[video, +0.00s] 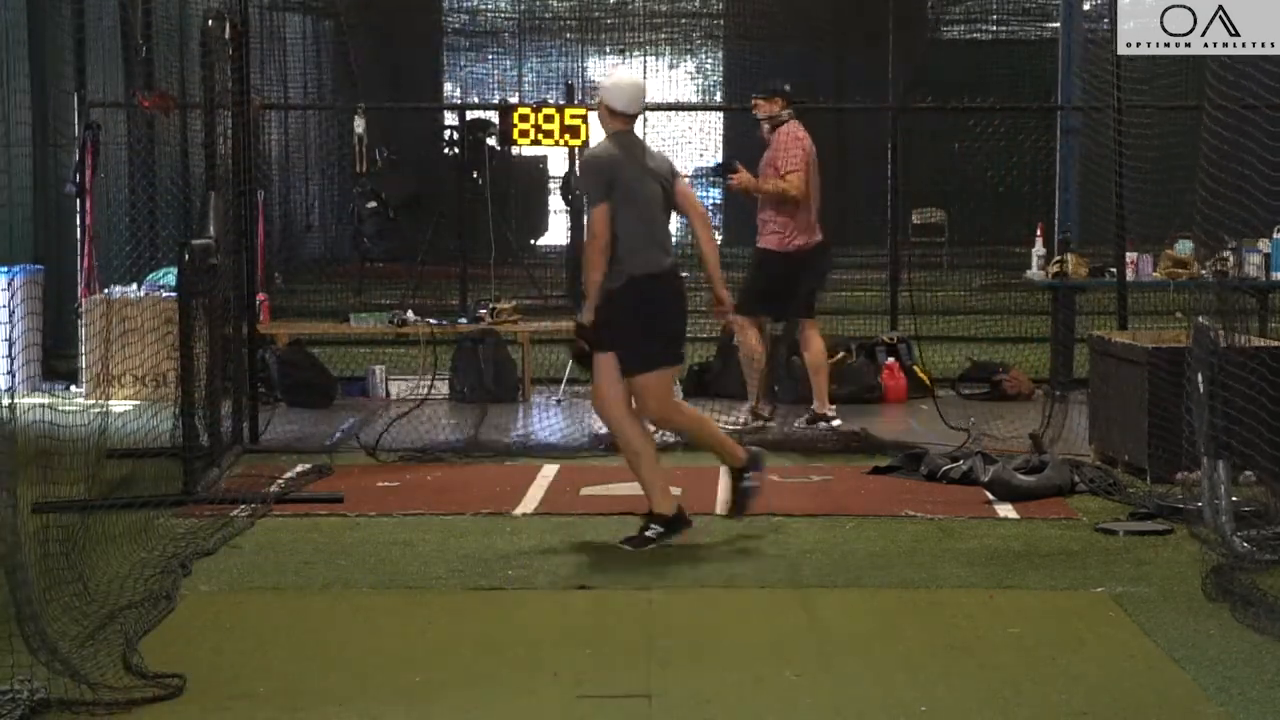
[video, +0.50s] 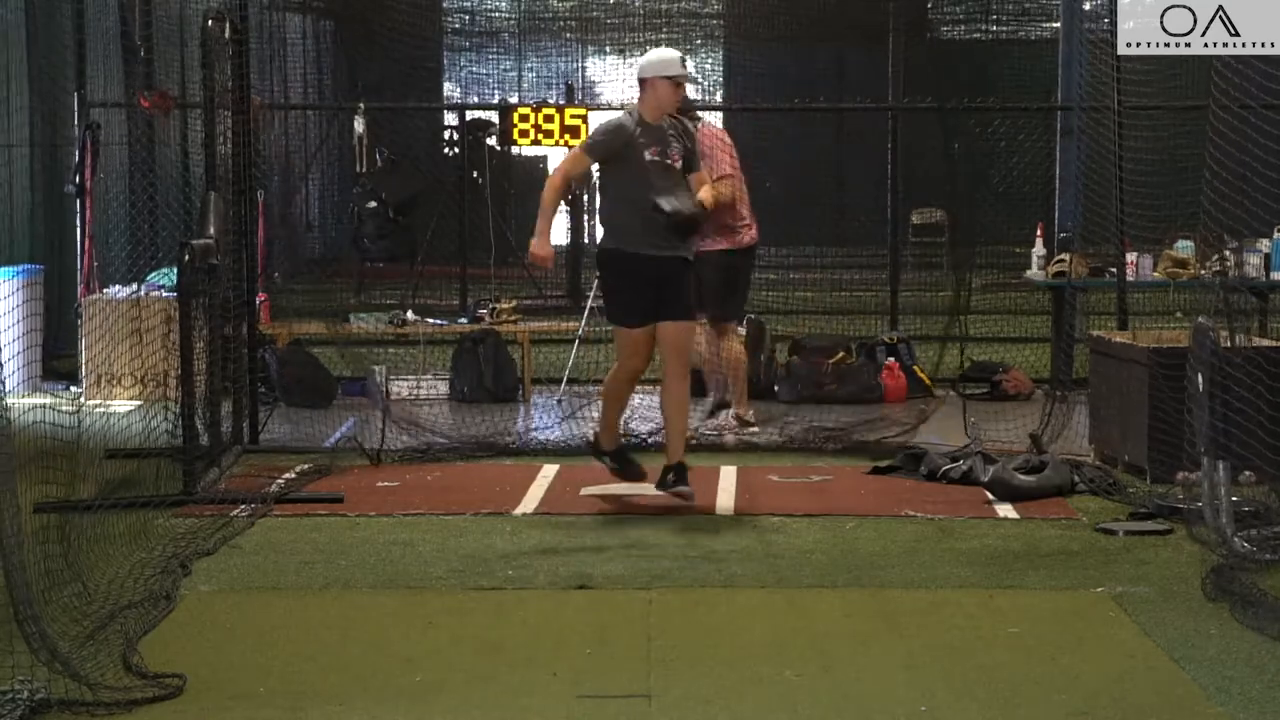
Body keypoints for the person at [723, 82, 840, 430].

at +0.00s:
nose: (754, 109)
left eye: (759, 103)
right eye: (754, 104)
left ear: (779, 104)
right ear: (777, 106)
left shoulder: (791, 136)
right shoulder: (787, 136)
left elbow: (794, 188)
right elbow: (783, 189)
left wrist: (753, 184)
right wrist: (751, 183)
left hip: (781, 248)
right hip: (804, 247)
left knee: (744, 319)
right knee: (807, 325)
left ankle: (757, 406)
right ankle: (823, 409)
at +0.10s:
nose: (739, 117)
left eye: (743, 110)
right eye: (738, 111)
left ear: (759, 110)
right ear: (764, 110)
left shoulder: (776, 140)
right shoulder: (777, 138)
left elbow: (787, 193)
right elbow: (775, 191)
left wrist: (741, 190)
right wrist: (738, 184)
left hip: (773, 247)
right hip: (792, 246)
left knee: (736, 321)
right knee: (799, 326)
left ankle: (742, 413)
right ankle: (821, 408)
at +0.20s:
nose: (721, 123)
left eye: (722, 116)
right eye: (720, 117)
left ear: (732, 116)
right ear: (747, 112)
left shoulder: (759, 143)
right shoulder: (757, 141)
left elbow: (775, 197)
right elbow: (761, 194)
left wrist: (728, 197)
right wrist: (728, 192)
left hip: (760, 248)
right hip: (779, 247)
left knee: (729, 326)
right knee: (783, 325)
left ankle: (741, 412)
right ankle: (819, 406)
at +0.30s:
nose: (707, 126)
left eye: (710, 119)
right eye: (705, 119)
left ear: (716, 117)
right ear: (728, 112)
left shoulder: (742, 141)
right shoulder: (741, 139)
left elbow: (763, 196)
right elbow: (750, 192)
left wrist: (715, 198)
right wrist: (715, 195)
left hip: (748, 246)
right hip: (758, 245)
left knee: (726, 325)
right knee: (752, 324)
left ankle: (740, 412)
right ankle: (802, 394)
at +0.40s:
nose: (686, 125)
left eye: (686, 118)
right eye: (685, 119)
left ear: (694, 116)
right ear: (705, 111)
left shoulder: (727, 136)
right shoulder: (705, 141)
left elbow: (742, 194)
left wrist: (698, 193)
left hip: (739, 243)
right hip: (729, 242)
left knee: (729, 327)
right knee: (722, 323)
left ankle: (741, 415)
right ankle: (772, 385)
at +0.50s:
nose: (663, 129)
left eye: (664, 121)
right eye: (662, 121)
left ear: (675, 116)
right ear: (687, 109)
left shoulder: (707, 134)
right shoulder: (683, 140)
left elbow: (726, 191)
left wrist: (683, 205)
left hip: (729, 244)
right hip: (704, 244)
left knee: (724, 328)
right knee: (700, 324)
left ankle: (742, 412)